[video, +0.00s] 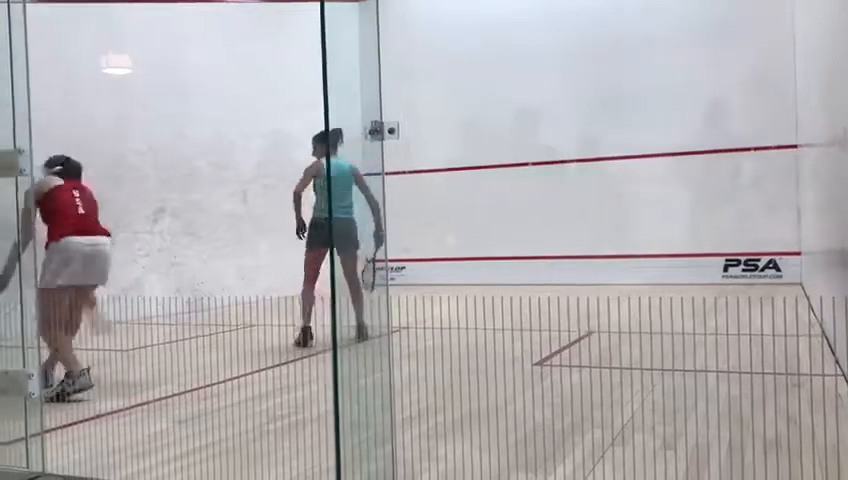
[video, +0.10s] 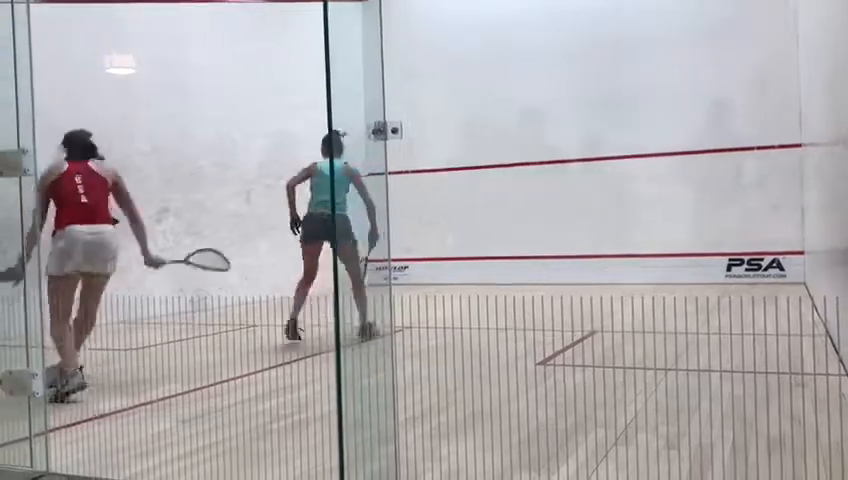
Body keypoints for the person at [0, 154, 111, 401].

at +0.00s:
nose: (44, 178)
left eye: (46, 174)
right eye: (45, 174)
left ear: (54, 173)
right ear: (74, 175)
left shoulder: (44, 185)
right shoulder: (87, 190)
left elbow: (26, 229)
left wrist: (11, 264)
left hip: (66, 248)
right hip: (99, 246)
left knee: (48, 322)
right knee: (72, 315)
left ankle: (77, 373)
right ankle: (48, 368)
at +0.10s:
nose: (64, 152)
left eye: (64, 148)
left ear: (66, 150)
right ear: (92, 149)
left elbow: (38, 224)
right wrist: (147, 252)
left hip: (68, 238)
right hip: (104, 237)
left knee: (59, 318)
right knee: (88, 315)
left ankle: (73, 374)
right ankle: (63, 370)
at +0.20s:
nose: (118, 139)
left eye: (116, 135)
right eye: (116, 135)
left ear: (85, 139)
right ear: (109, 138)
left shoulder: (69, 164)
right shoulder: (123, 161)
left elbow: (58, 211)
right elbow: (144, 204)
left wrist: (66, 243)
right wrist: (158, 244)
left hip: (76, 230)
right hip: (112, 228)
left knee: (69, 307)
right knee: (112, 303)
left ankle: (59, 368)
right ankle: (100, 363)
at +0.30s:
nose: (138, 142)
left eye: (136, 138)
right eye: (135, 139)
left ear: (106, 143)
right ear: (127, 142)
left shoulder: (90, 167)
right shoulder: (138, 170)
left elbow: (81, 206)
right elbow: (154, 218)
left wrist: (85, 235)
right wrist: (167, 255)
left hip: (86, 240)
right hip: (120, 241)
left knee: (74, 310)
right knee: (140, 297)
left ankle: (49, 375)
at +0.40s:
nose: (161, 155)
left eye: (160, 150)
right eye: (159, 151)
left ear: (132, 154)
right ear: (151, 153)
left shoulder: (113, 177)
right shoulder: (158, 179)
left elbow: (117, 221)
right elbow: (169, 227)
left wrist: (152, 239)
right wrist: (184, 265)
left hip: (101, 247)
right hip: (136, 248)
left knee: (82, 312)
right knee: (169, 300)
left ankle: (50, 375)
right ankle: (175, 363)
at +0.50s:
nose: (193, 153)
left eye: (191, 148)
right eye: (190, 149)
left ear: (164, 153)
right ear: (182, 153)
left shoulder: (147, 178)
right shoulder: (185, 181)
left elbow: (149, 220)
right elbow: (193, 228)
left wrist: (174, 247)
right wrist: (205, 263)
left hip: (129, 247)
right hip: (160, 247)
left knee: (112, 313)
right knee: (193, 296)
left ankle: (64, 357)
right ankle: (178, 359)